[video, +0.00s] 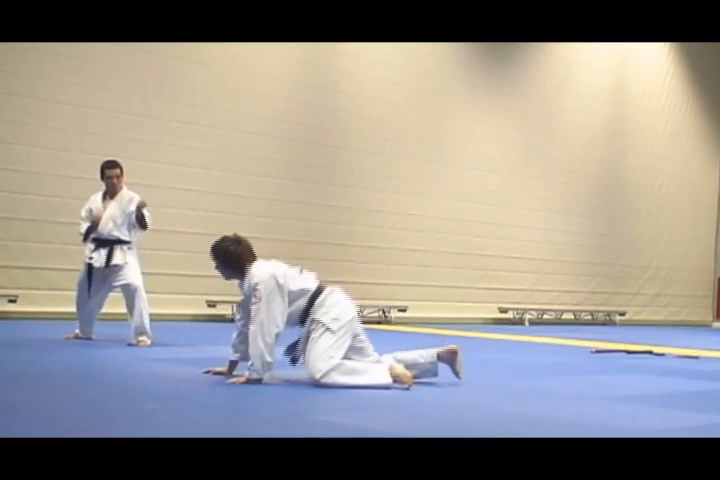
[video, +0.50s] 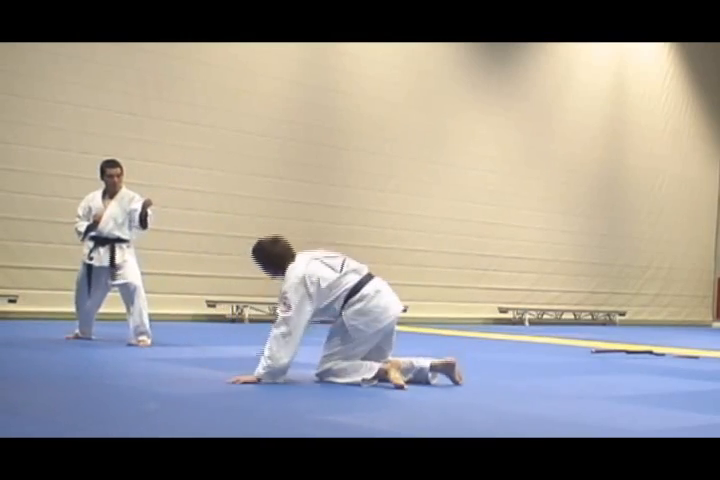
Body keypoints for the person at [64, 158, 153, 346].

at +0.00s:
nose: (114, 181)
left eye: (117, 177)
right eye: (109, 178)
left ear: (122, 177)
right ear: (103, 179)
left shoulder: (131, 199)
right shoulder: (95, 200)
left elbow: (143, 226)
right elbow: (83, 227)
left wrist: (139, 213)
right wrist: (92, 227)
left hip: (122, 250)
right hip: (98, 250)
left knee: (135, 287)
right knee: (85, 289)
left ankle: (141, 335)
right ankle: (84, 331)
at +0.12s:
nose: (115, 181)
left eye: (118, 176)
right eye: (110, 177)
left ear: (123, 176)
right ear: (103, 179)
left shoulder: (131, 199)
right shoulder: (94, 200)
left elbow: (137, 226)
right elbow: (82, 226)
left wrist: (140, 213)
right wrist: (91, 228)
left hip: (122, 250)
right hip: (98, 250)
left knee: (135, 287)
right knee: (85, 290)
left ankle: (141, 334)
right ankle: (84, 331)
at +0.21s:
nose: (115, 180)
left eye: (118, 176)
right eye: (111, 177)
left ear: (123, 176)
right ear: (103, 178)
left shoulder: (131, 199)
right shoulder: (93, 199)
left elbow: (137, 225)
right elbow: (81, 225)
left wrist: (141, 213)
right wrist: (92, 227)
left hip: (122, 250)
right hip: (97, 250)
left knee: (134, 287)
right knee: (85, 291)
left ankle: (141, 334)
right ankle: (84, 331)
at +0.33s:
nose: (116, 180)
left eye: (119, 176)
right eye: (111, 176)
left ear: (123, 176)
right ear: (103, 178)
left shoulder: (131, 199)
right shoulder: (92, 199)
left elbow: (139, 226)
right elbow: (79, 225)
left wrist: (142, 213)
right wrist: (92, 226)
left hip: (122, 249)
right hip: (97, 249)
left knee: (134, 287)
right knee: (85, 290)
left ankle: (141, 334)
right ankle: (84, 330)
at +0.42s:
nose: (115, 180)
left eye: (118, 176)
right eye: (111, 176)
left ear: (123, 176)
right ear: (103, 178)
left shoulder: (131, 199)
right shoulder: (92, 199)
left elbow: (140, 226)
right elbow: (79, 226)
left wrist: (143, 212)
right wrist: (92, 226)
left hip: (122, 249)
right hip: (97, 250)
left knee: (134, 287)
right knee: (85, 290)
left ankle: (141, 334)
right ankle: (84, 330)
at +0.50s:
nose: (115, 180)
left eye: (118, 176)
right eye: (111, 177)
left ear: (123, 176)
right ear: (103, 178)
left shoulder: (131, 199)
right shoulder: (91, 199)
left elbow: (140, 226)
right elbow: (79, 227)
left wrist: (143, 212)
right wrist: (92, 225)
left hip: (122, 249)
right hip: (97, 249)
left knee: (134, 286)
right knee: (85, 290)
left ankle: (141, 334)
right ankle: (84, 330)